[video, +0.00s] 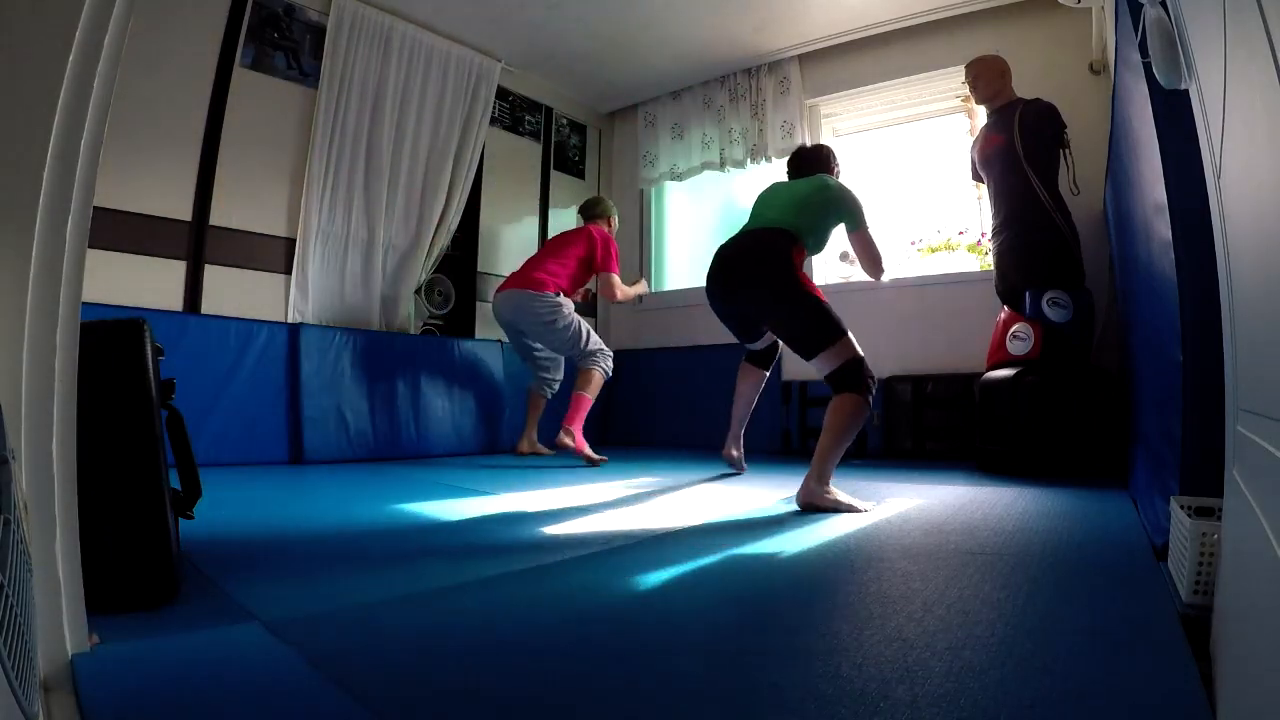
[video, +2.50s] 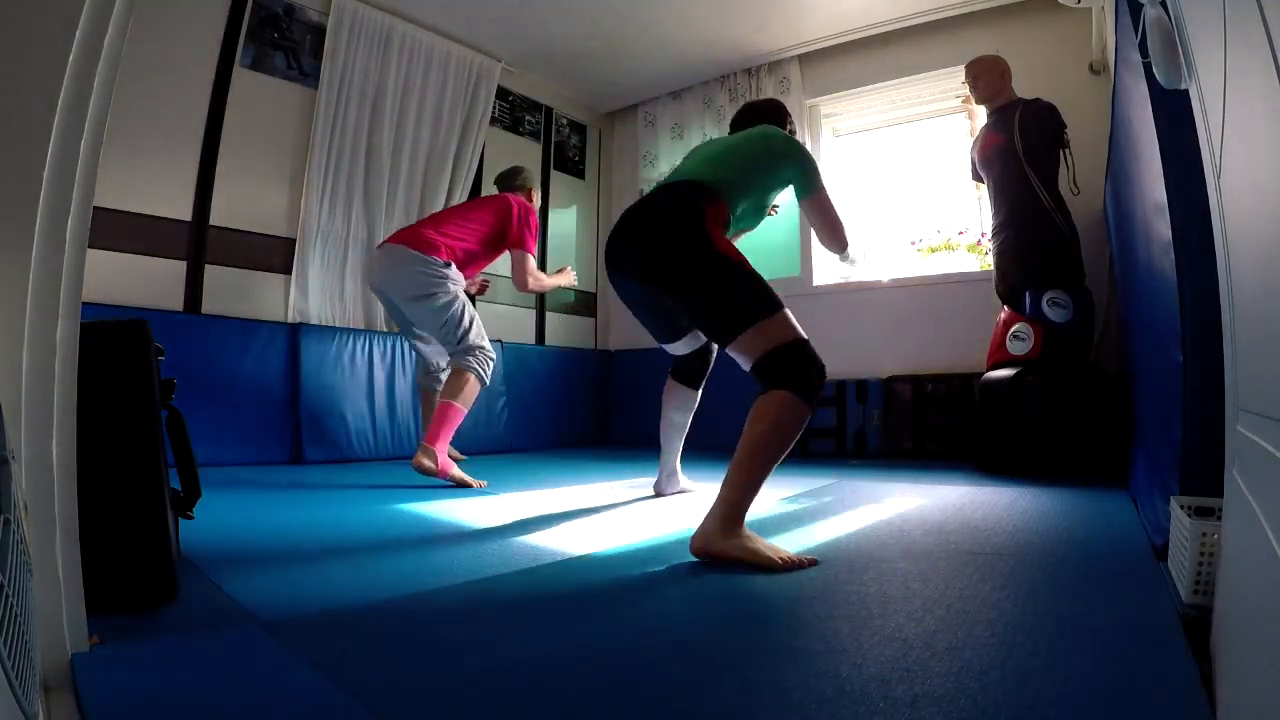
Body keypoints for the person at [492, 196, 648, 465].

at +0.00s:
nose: (616, 229)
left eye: (615, 225)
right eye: (616, 224)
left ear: (584, 220)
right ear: (610, 221)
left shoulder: (564, 237)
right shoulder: (602, 237)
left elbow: (537, 275)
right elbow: (614, 293)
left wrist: (571, 292)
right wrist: (638, 289)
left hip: (503, 299)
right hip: (539, 298)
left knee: (549, 366)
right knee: (598, 355)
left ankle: (528, 439)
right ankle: (572, 431)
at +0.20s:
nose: (633, 230)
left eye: (634, 226)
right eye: (633, 226)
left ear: (602, 221)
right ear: (627, 223)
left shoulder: (578, 238)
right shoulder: (623, 239)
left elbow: (551, 272)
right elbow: (642, 294)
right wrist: (658, 287)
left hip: (533, 303)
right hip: (568, 306)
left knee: (571, 361)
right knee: (614, 373)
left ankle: (564, 429)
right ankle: (576, 440)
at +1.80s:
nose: (620, 230)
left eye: (620, 225)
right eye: (620, 224)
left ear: (588, 219)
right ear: (614, 222)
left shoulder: (570, 233)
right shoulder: (608, 235)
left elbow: (536, 268)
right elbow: (619, 296)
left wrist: (568, 299)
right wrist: (648, 293)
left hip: (495, 286)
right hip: (533, 287)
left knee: (542, 354)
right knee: (587, 356)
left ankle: (519, 425)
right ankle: (562, 441)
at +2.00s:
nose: (599, 224)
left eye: (599, 219)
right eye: (599, 218)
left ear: (566, 215)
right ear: (592, 216)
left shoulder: (544, 230)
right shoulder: (585, 232)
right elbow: (589, 297)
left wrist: (549, 298)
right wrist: (626, 291)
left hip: (468, 289)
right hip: (507, 290)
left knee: (515, 364)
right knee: (563, 358)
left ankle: (500, 440)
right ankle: (516, 425)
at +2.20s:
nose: (578, 216)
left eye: (578, 210)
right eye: (578, 210)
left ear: (547, 205)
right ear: (571, 207)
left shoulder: (524, 220)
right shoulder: (561, 222)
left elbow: (482, 257)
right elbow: (568, 287)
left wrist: (512, 293)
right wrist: (601, 287)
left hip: (437, 277)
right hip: (475, 278)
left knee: (489, 349)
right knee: (534, 351)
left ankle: (461, 427)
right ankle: (500, 443)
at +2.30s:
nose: (565, 212)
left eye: (564, 207)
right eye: (565, 207)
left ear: (531, 201)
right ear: (559, 203)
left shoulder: (510, 217)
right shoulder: (545, 217)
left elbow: (465, 257)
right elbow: (553, 285)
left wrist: (501, 293)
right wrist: (589, 283)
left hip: (418, 275)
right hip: (454, 273)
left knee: (470, 355)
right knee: (525, 340)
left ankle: (440, 441)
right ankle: (486, 430)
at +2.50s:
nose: (538, 203)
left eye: (537, 199)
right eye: (538, 198)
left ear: (503, 192)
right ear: (532, 195)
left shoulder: (478, 207)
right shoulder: (522, 209)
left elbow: (429, 246)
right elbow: (526, 280)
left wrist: (463, 284)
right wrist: (561, 279)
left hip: (384, 261)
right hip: (424, 265)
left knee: (435, 357)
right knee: (477, 354)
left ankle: (434, 441)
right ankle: (434, 450)